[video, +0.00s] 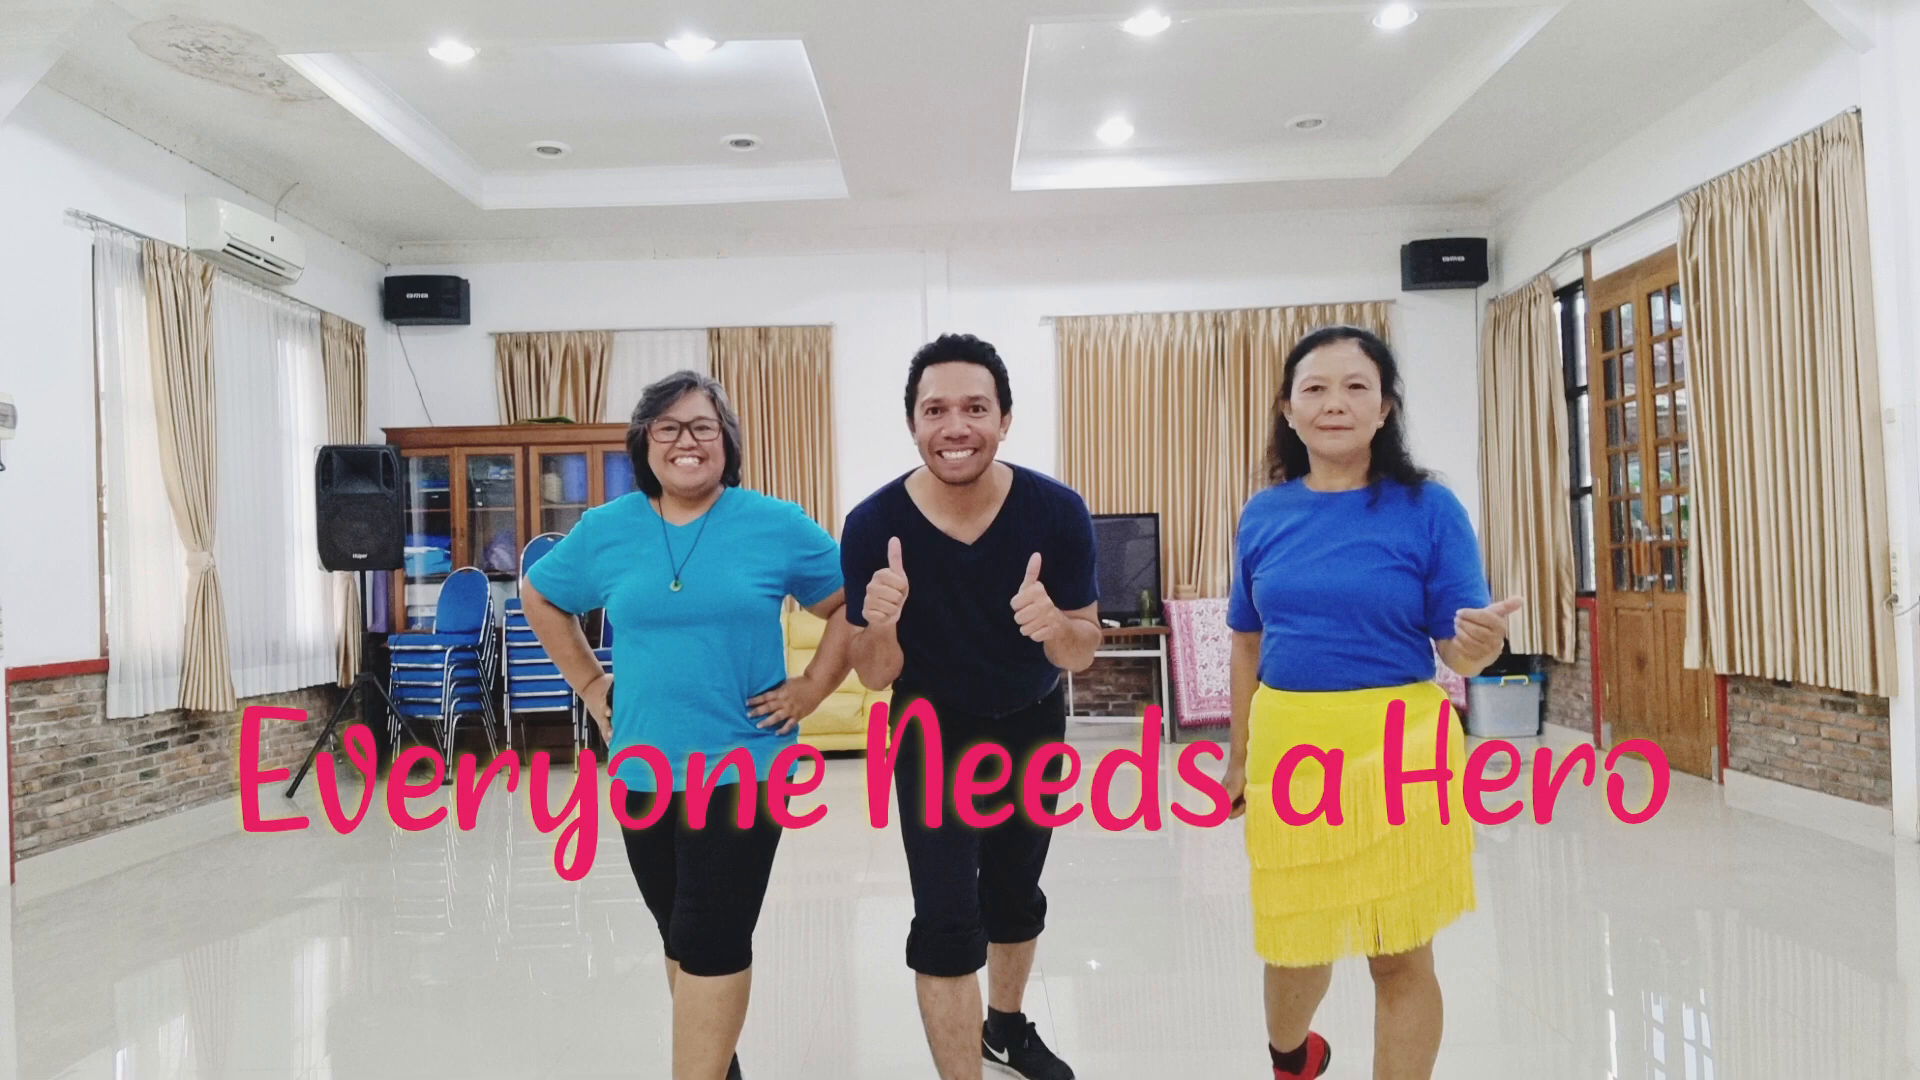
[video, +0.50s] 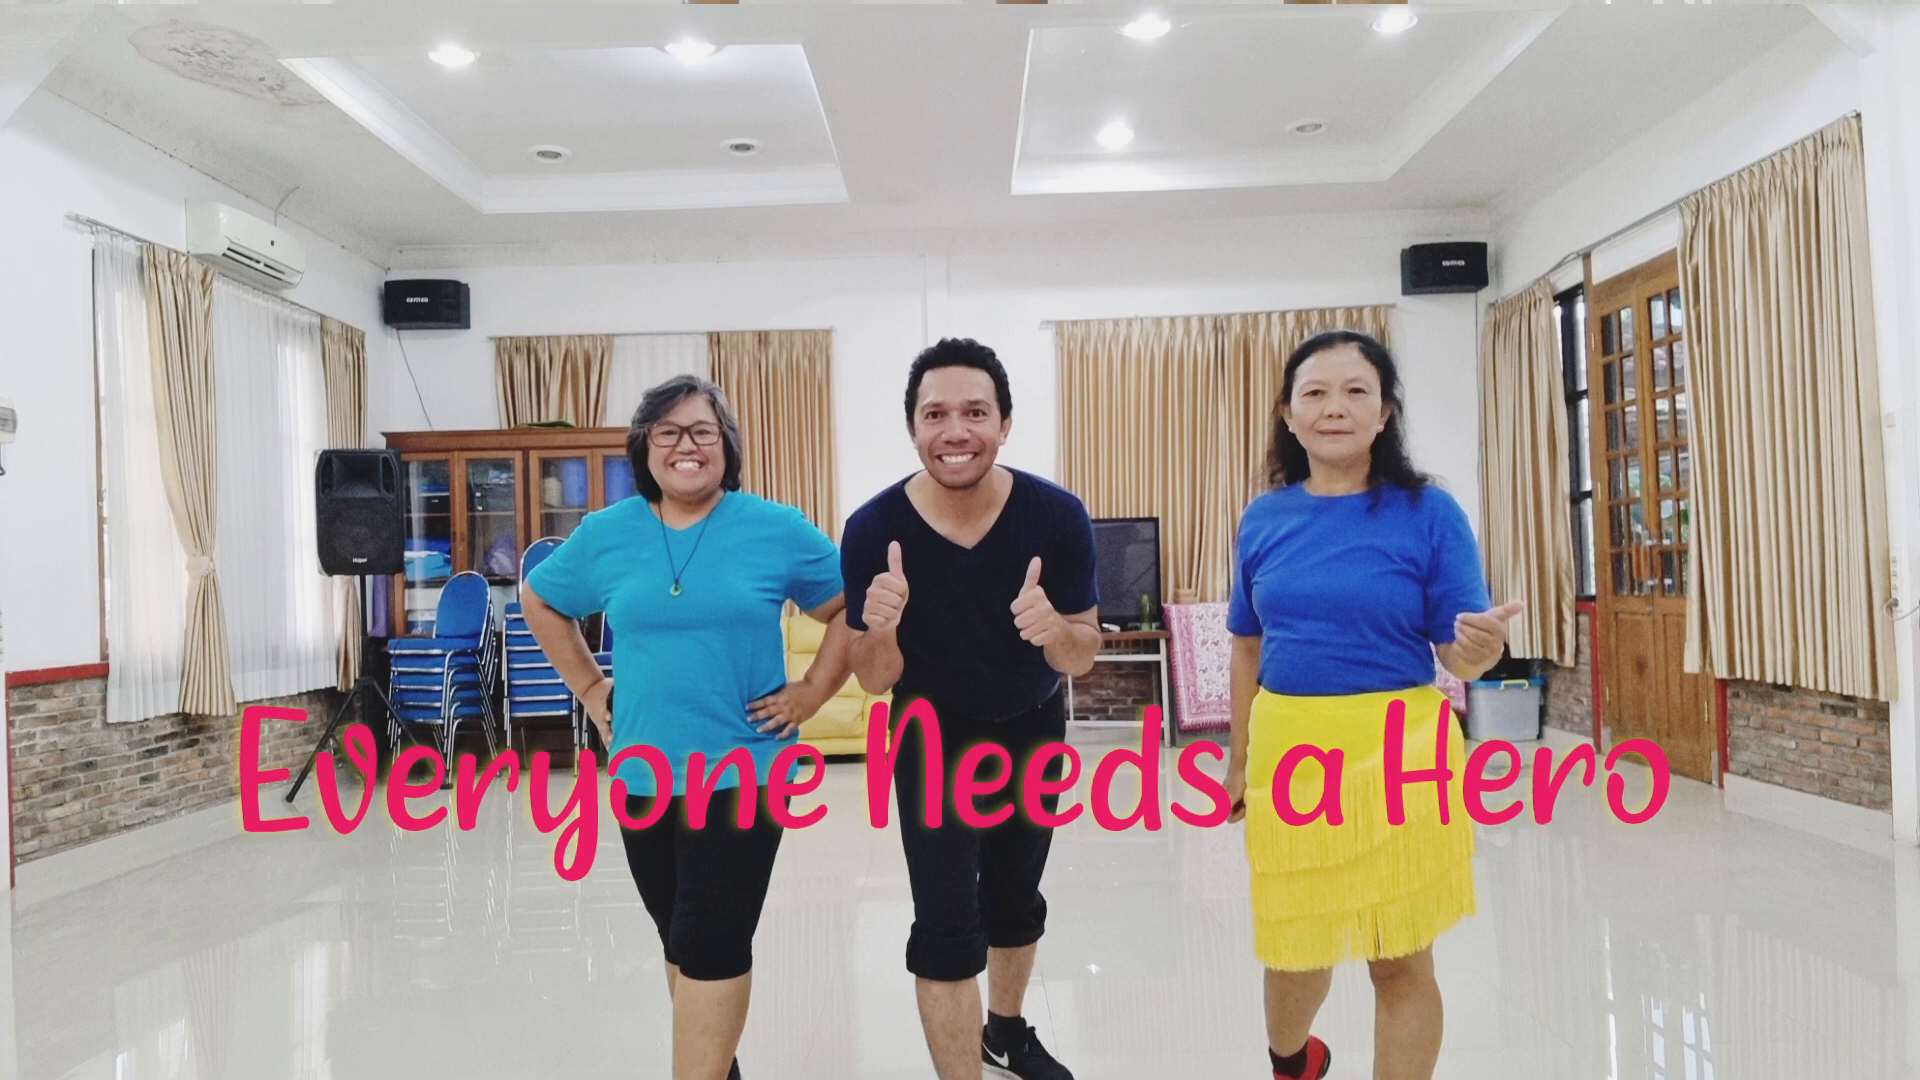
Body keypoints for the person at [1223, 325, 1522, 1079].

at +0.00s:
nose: (1334, 402)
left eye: (1354, 387)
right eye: (1315, 388)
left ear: (1385, 406)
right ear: (1290, 410)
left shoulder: (1428, 507)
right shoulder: (1265, 513)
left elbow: (1462, 651)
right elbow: (1247, 642)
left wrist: (1484, 639)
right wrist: (1239, 754)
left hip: (1400, 744)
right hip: (1289, 745)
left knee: (1398, 958)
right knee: (1293, 952)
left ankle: (1405, 1078)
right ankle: (1290, 1065)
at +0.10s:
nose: (1334, 402)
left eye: (1354, 387)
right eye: (1315, 388)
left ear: (1385, 406)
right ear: (1290, 410)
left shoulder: (1428, 507)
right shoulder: (1265, 513)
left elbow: (1462, 651)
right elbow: (1247, 642)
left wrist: (1484, 639)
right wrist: (1239, 754)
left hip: (1400, 744)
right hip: (1289, 745)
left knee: (1398, 958)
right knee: (1293, 952)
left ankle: (1405, 1078)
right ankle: (1290, 1065)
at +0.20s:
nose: (1334, 402)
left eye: (1354, 387)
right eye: (1315, 388)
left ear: (1385, 406)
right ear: (1290, 410)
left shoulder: (1428, 507)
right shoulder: (1265, 513)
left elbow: (1462, 651)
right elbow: (1247, 642)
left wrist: (1484, 639)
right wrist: (1239, 754)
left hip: (1400, 744)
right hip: (1289, 745)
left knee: (1398, 958)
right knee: (1293, 952)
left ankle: (1405, 1078)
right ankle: (1290, 1065)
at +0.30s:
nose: (1334, 402)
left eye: (1354, 387)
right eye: (1315, 388)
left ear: (1385, 406)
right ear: (1290, 410)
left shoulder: (1428, 507)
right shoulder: (1265, 513)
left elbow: (1462, 651)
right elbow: (1247, 642)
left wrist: (1484, 639)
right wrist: (1239, 754)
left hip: (1400, 744)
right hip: (1289, 745)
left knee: (1398, 958)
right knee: (1293, 952)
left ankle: (1405, 1078)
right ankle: (1290, 1065)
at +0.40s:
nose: (1334, 402)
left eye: (1354, 387)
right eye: (1315, 388)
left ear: (1385, 406)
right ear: (1290, 410)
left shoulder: (1428, 507)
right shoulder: (1265, 513)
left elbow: (1462, 651)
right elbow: (1247, 642)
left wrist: (1484, 639)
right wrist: (1239, 754)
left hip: (1400, 744)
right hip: (1289, 745)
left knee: (1398, 958)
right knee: (1293, 952)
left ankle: (1405, 1078)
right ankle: (1290, 1065)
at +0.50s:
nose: (1334, 407)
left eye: (1354, 392)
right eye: (1315, 393)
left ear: (1385, 411)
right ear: (1290, 414)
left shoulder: (1428, 512)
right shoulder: (1264, 517)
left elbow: (1464, 656)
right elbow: (1247, 646)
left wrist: (1483, 646)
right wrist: (1240, 760)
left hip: (1401, 748)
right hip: (1289, 749)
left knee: (1398, 963)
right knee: (1293, 957)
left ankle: (1404, 1079)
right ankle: (1290, 1067)